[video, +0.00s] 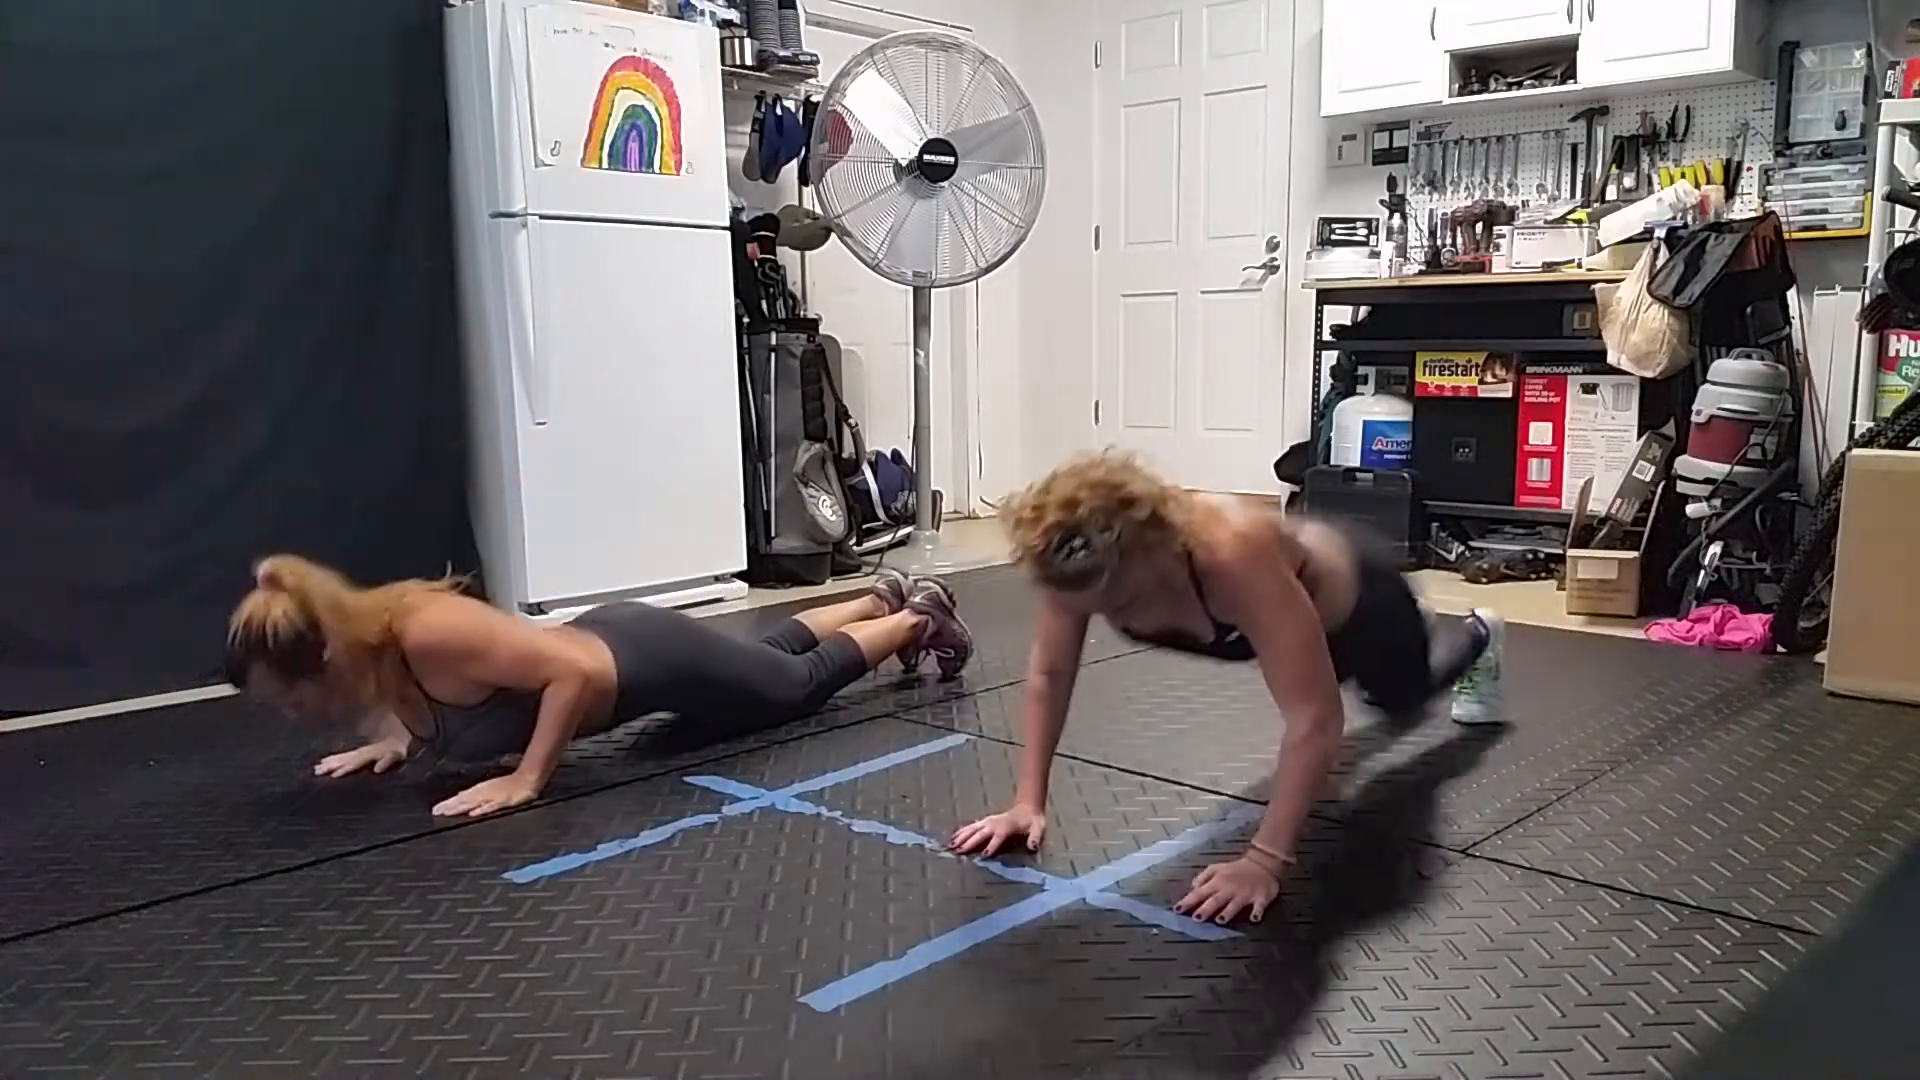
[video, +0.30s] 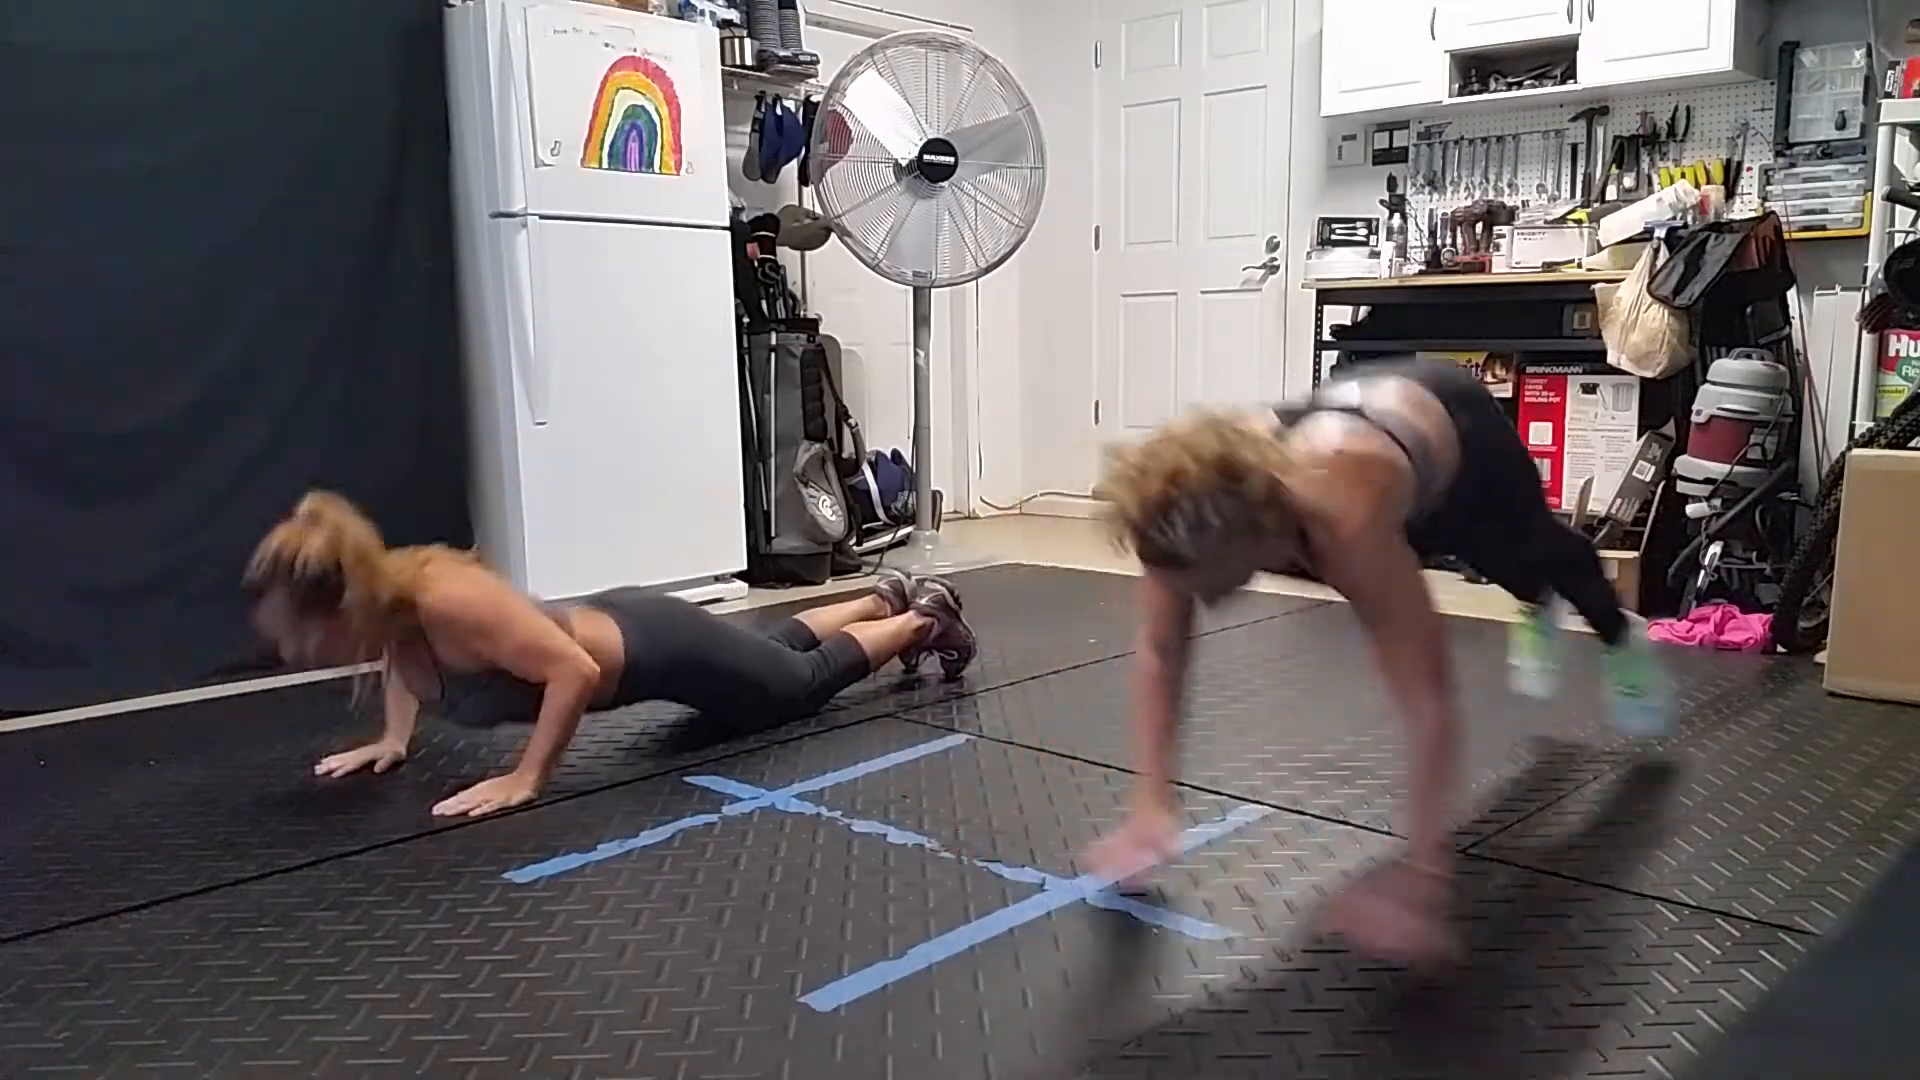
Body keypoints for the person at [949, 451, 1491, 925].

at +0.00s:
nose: (1096, 616)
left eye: (1106, 599)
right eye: (1083, 602)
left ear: (1139, 556)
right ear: (1065, 574)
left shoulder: (1234, 550)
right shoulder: (1077, 558)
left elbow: (1316, 722)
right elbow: (1049, 674)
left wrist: (1264, 858)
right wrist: (1026, 801)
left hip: (1353, 599)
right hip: (1272, 609)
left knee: (1407, 688)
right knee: (1351, 660)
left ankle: (1476, 634)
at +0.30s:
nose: (1187, 591)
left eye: (1198, 573)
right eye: (1175, 573)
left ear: (1246, 540)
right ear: (1169, 534)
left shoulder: (1343, 516)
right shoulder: (1192, 512)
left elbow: (1430, 700)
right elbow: (1160, 655)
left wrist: (1423, 872)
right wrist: (1152, 805)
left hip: (1454, 412)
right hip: (1359, 402)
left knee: (1540, 546)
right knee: (1465, 552)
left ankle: (1621, 634)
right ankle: (1538, 604)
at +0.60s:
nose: (1245, 851)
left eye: (1251, 836)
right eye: (1227, 843)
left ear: (1281, 788)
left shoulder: (1406, 728)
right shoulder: (1248, 695)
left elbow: (1570, 781)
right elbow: (1211, 745)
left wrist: (1506, 937)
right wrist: (1201, 851)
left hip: (1546, 684)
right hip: (1456, 650)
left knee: (1629, 682)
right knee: (1560, 654)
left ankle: (1696, 660)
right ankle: (1615, 630)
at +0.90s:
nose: (1258, 962)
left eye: (1255, 949)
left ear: (1287, 905)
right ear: (1196, 859)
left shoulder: (1397, 846)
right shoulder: (1213, 777)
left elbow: (1574, 784)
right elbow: (1222, 695)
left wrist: (1506, 940)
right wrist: (1188, 850)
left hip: (1522, 725)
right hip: (1417, 700)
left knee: (1622, 700)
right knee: (1547, 673)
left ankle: (1690, 655)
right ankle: (1625, 633)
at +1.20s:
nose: (1182, 758)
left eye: (1188, 739)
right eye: (1174, 741)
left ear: (1227, 721)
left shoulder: (1374, 686)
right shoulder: (1230, 670)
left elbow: (1546, 771)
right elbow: (1198, 738)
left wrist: (1505, 938)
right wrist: (1200, 854)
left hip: (1519, 667)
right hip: (1442, 644)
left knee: (1620, 711)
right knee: (1539, 654)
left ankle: (1701, 652)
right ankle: (1602, 629)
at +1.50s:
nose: (1195, 621)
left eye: (1201, 607)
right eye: (1188, 609)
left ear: (1250, 580)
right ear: (1196, 585)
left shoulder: (1381, 571)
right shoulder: (1202, 572)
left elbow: (1504, 757)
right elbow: (1180, 708)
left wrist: (1499, 936)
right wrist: (1196, 854)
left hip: (1492, 625)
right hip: (1396, 664)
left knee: (1597, 749)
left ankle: (1698, 659)